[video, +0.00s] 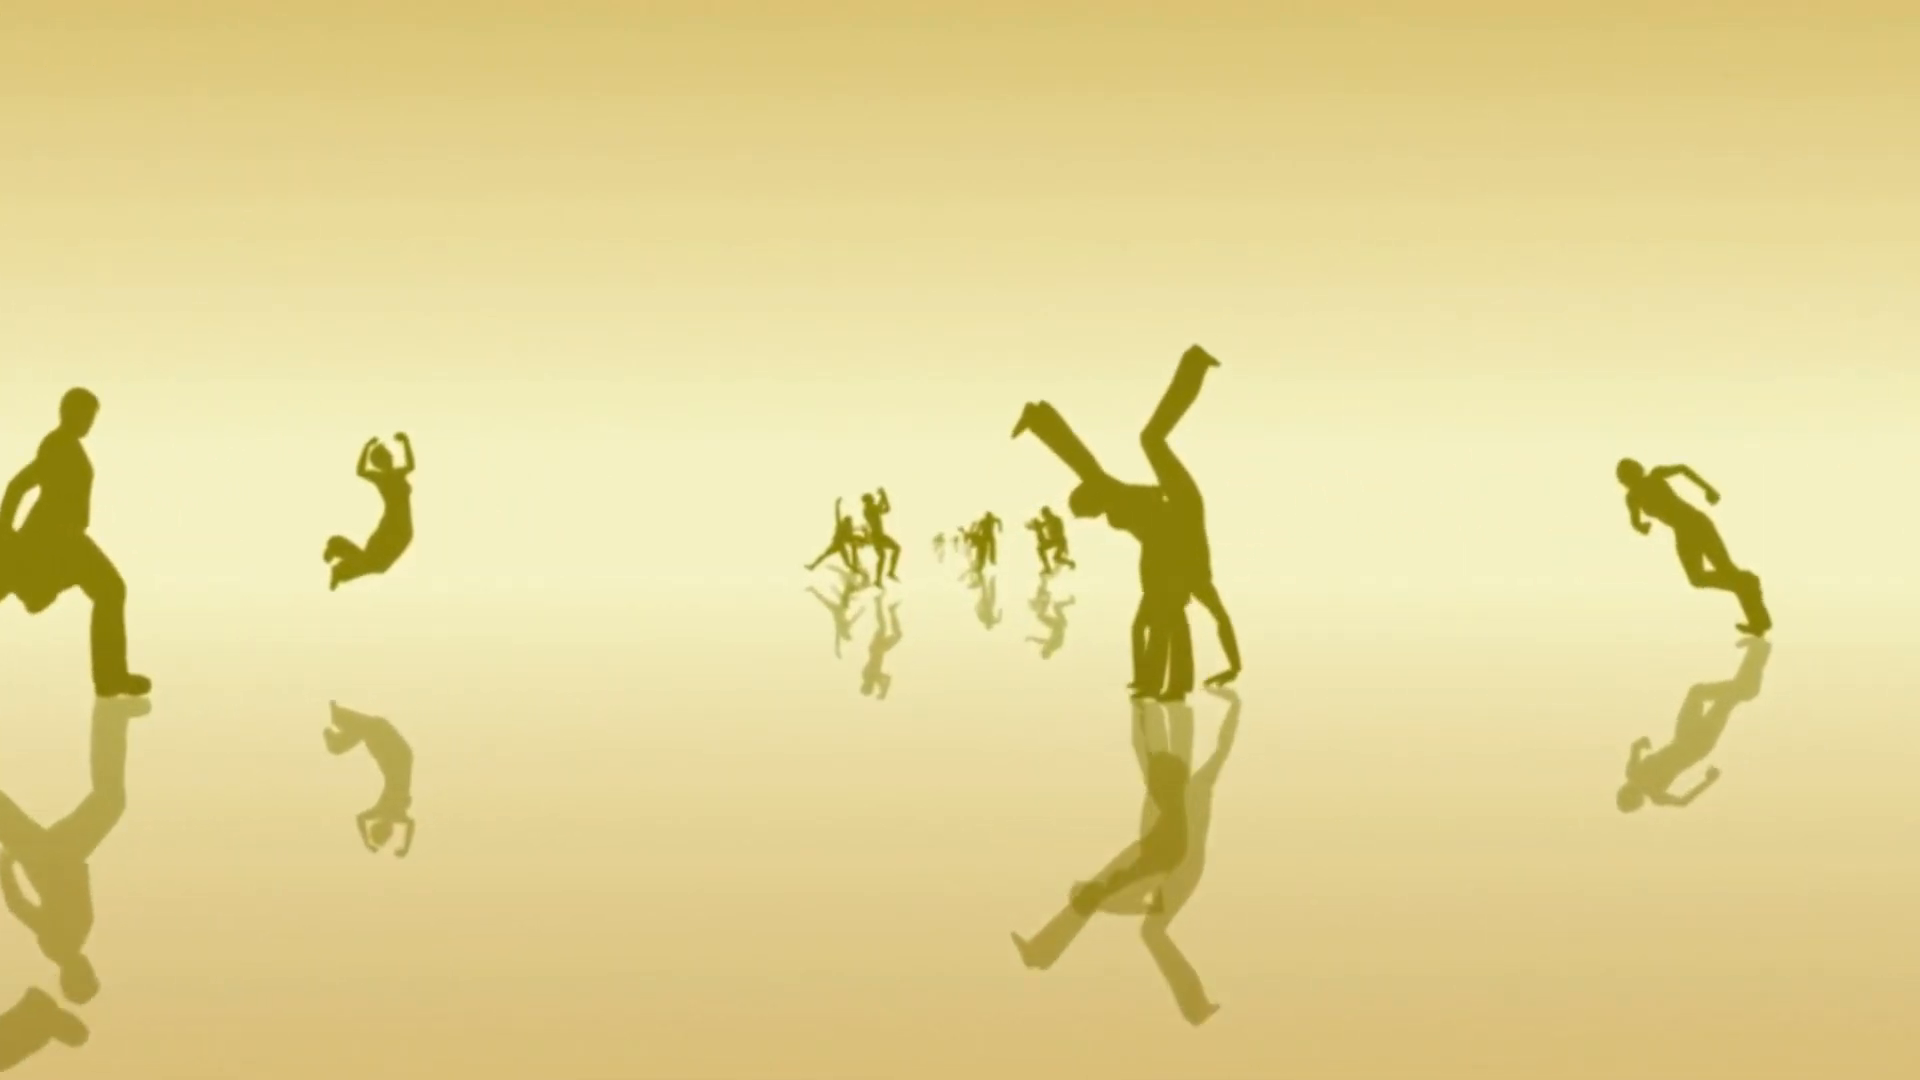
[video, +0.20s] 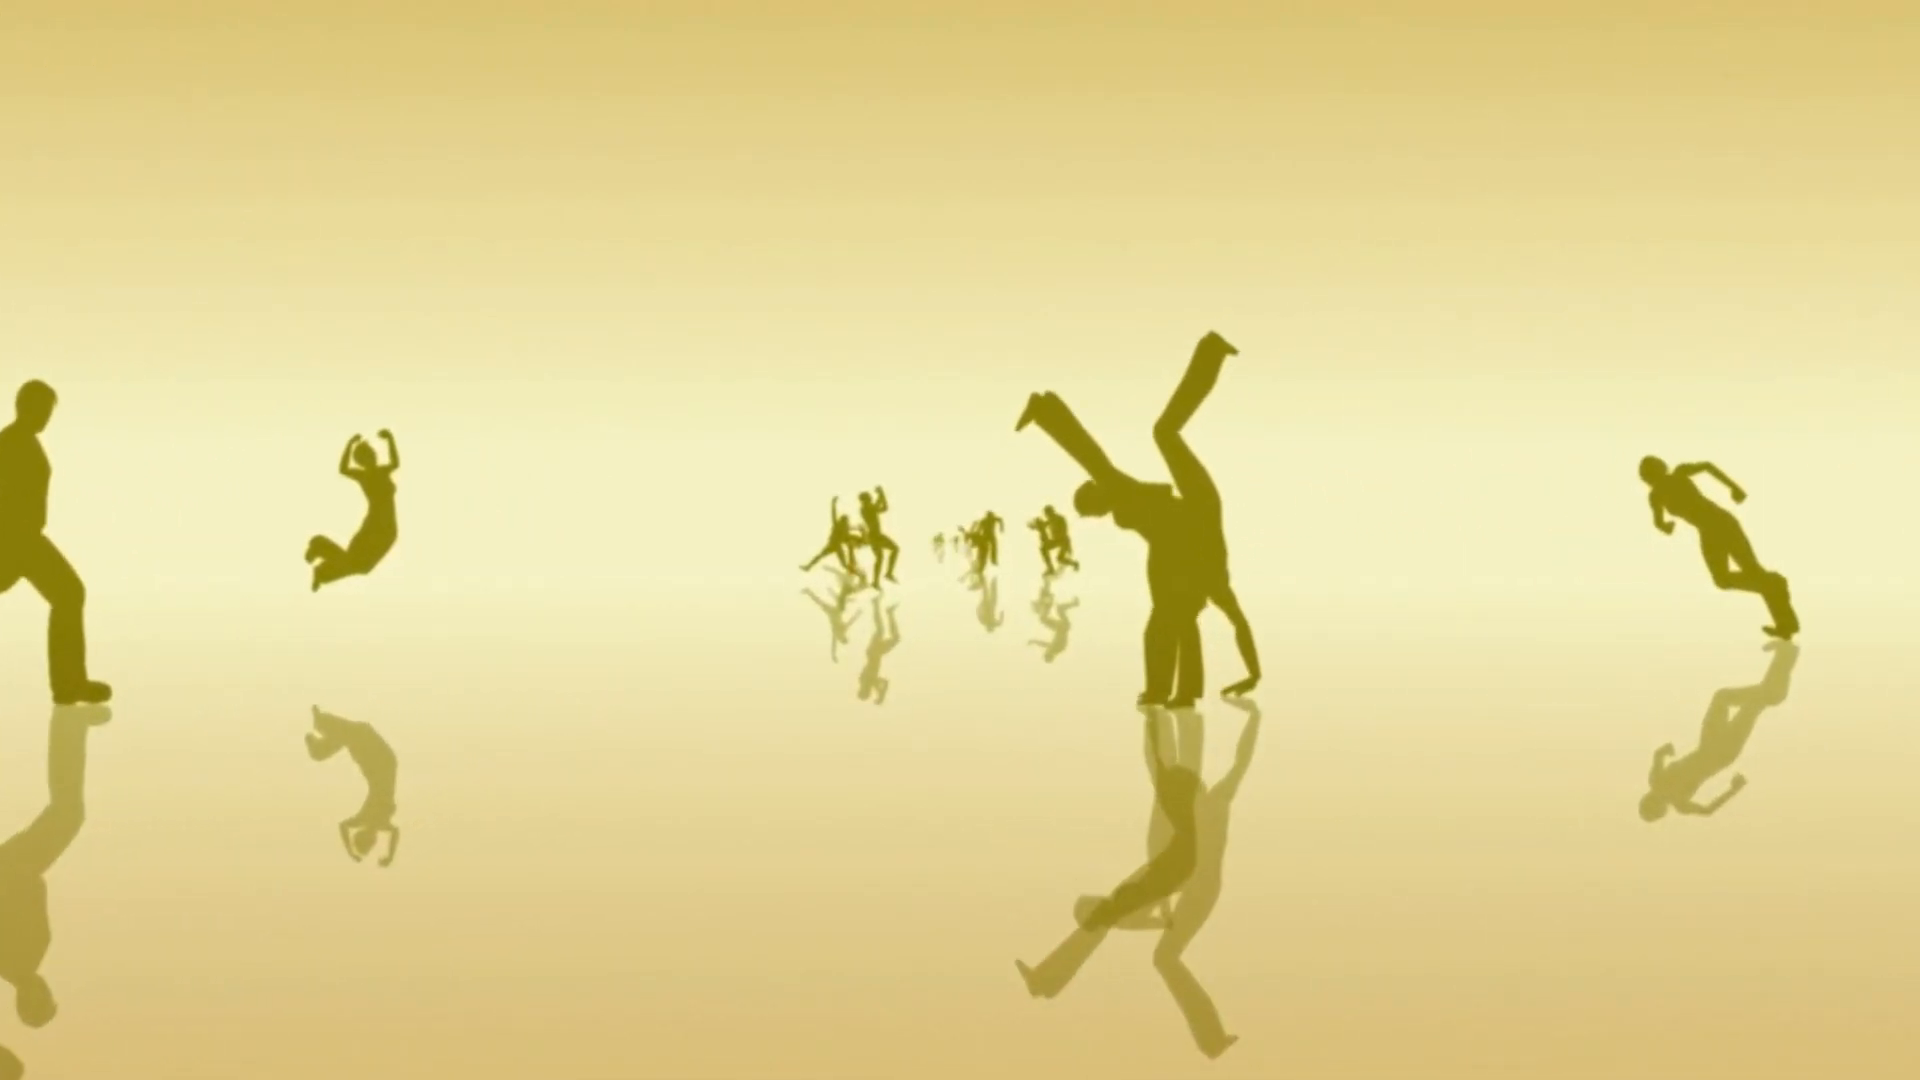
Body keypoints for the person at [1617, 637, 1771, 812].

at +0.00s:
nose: (1635, 802)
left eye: (1631, 801)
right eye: (1633, 804)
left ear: (1627, 790)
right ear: (1635, 801)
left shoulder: (1633, 774)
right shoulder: (1656, 796)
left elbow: (1634, 752)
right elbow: (1682, 802)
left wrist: (1640, 745)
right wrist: (1708, 782)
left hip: (1683, 737)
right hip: (1698, 747)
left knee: (1695, 693)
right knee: (1727, 702)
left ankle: (1738, 688)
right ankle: (1758, 650)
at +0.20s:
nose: (1660, 813)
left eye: (1655, 812)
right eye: (1657, 815)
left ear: (1651, 801)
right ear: (1659, 810)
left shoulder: (1656, 782)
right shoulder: (1681, 804)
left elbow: (1657, 759)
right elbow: (1707, 811)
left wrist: (1663, 751)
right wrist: (1734, 790)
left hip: (1708, 744)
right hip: (1724, 753)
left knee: (1720, 698)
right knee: (1755, 706)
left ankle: (1765, 692)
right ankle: (1786, 652)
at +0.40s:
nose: (1685, 821)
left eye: (1680, 821)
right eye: (1682, 823)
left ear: (1675, 809)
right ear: (1684, 819)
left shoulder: (1681, 791)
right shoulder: (1706, 814)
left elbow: (1682, 768)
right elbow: (1733, 820)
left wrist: (1688, 759)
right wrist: (1761, 799)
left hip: (1734, 751)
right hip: (1750, 762)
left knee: (1747, 704)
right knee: (1784, 710)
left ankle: (1792, 698)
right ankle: (1815, 658)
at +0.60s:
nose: (1710, 831)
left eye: (1705, 830)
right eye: (1708, 833)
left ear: (1701, 818)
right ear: (1710, 830)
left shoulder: (1707, 799)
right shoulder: (1733, 824)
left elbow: (1709, 776)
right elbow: (1761, 830)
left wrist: (1715, 767)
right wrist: (1790, 808)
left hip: (1763, 758)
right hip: (1780, 769)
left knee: (1776, 709)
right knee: (1813, 717)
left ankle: (1823, 703)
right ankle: (1846, 663)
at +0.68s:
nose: (1727, 837)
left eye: (1722, 836)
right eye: (1725, 839)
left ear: (1717, 824)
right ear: (1727, 836)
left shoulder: (1724, 806)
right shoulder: (1751, 831)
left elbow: (1725, 782)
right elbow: (1780, 836)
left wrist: (1732, 771)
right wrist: (1808, 815)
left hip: (1780, 763)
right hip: (1798, 775)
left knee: (1794, 713)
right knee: (1833, 720)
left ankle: (1841, 707)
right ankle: (1866, 664)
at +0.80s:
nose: (1738, 841)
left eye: (1733, 839)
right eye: (1735, 843)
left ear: (1729, 827)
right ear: (1738, 841)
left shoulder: (1736, 809)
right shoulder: (1762, 834)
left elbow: (1737, 785)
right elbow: (1792, 840)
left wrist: (1743, 775)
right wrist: (1821, 819)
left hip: (1793, 767)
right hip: (1810, 778)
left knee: (1807, 716)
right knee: (1845, 723)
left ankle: (1857, 709)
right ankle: (1879, 667)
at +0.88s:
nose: (1756, 847)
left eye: (1750, 846)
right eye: (1753, 850)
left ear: (1746, 834)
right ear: (1756, 847)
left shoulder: (1753, 815)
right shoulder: (1780, 842)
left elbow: (1755, 788)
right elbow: (1811, 848)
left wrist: (1762, 780)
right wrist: (1841, 824)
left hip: (1812, 772)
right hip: (1829, 785)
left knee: (1826, 720)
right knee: (1864, 729)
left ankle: (1879, 714)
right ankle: (1900, 670)